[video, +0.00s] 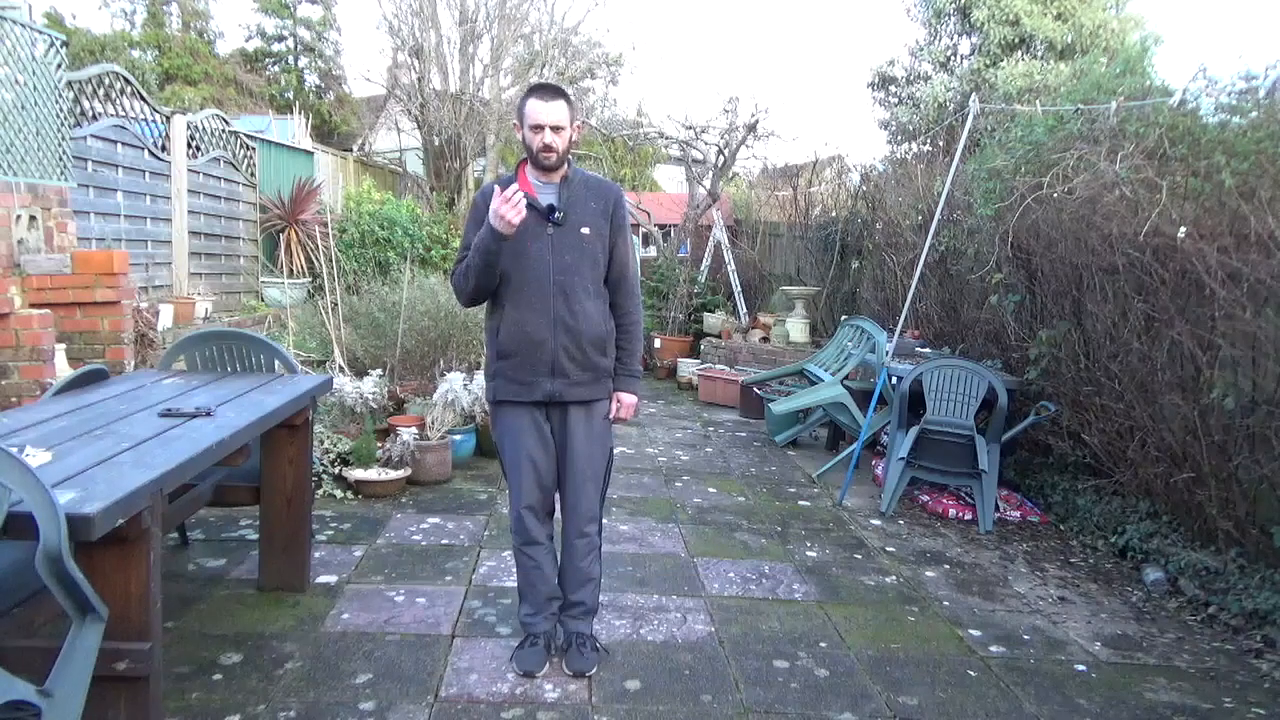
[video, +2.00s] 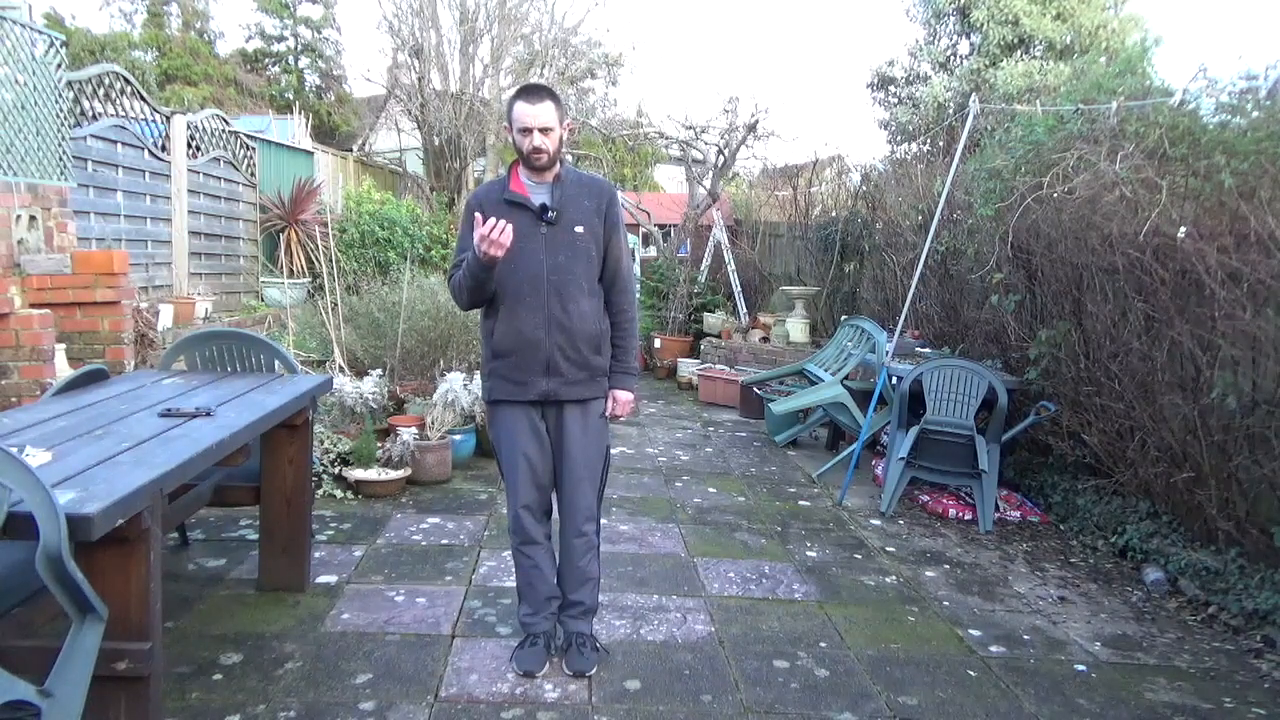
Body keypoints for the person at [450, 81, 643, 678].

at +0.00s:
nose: (547, 139)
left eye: (556, 128)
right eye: (536, 129)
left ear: (573, 130)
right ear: (521, 131)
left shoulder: (606, 197)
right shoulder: (493, 197)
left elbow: (626, 293)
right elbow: (467, 291)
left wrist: (628, 376)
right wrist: (496, 232)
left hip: (590, 380)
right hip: (516, 380)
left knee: (583, 513)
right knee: (528, 513)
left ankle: (580, 627)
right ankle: (536, 629)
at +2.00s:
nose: (535, 141)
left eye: (545, 130)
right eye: (524, 132)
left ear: (564, 129)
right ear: (511, 135)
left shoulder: (599, 195)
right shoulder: (486, 200)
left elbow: (621, 292)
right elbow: (464, 295)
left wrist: (624, 375)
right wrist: (485, 261)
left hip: (586, 378)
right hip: (512, 381)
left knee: (581, 513)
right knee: (526, 513)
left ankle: (580, 625)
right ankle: (535, 627)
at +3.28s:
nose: (537, 139)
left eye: (546, 129)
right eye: (526, 130)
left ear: (564, 129)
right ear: (512, 133)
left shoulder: (597, 195)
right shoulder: (485, 200)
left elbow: (618, 290)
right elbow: (466, 284)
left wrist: (622, 373)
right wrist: (471, 348)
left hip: (585, 378)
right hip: (511, 381)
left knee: (581, 512)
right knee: (525, 513)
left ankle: (580, 626)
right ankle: (536, 628)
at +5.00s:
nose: (611, 155)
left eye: (615, 147)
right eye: (606, 144)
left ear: (606, 147)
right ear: (574, 135)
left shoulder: (603, 201)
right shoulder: (532, 195)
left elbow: (616, 286)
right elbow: (515, 292)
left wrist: (628, 353)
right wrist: (532, 371)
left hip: (603, 367)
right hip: (555, 368)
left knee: (588, 483)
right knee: (562, 488)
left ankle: (572, 591)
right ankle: (553, 605)